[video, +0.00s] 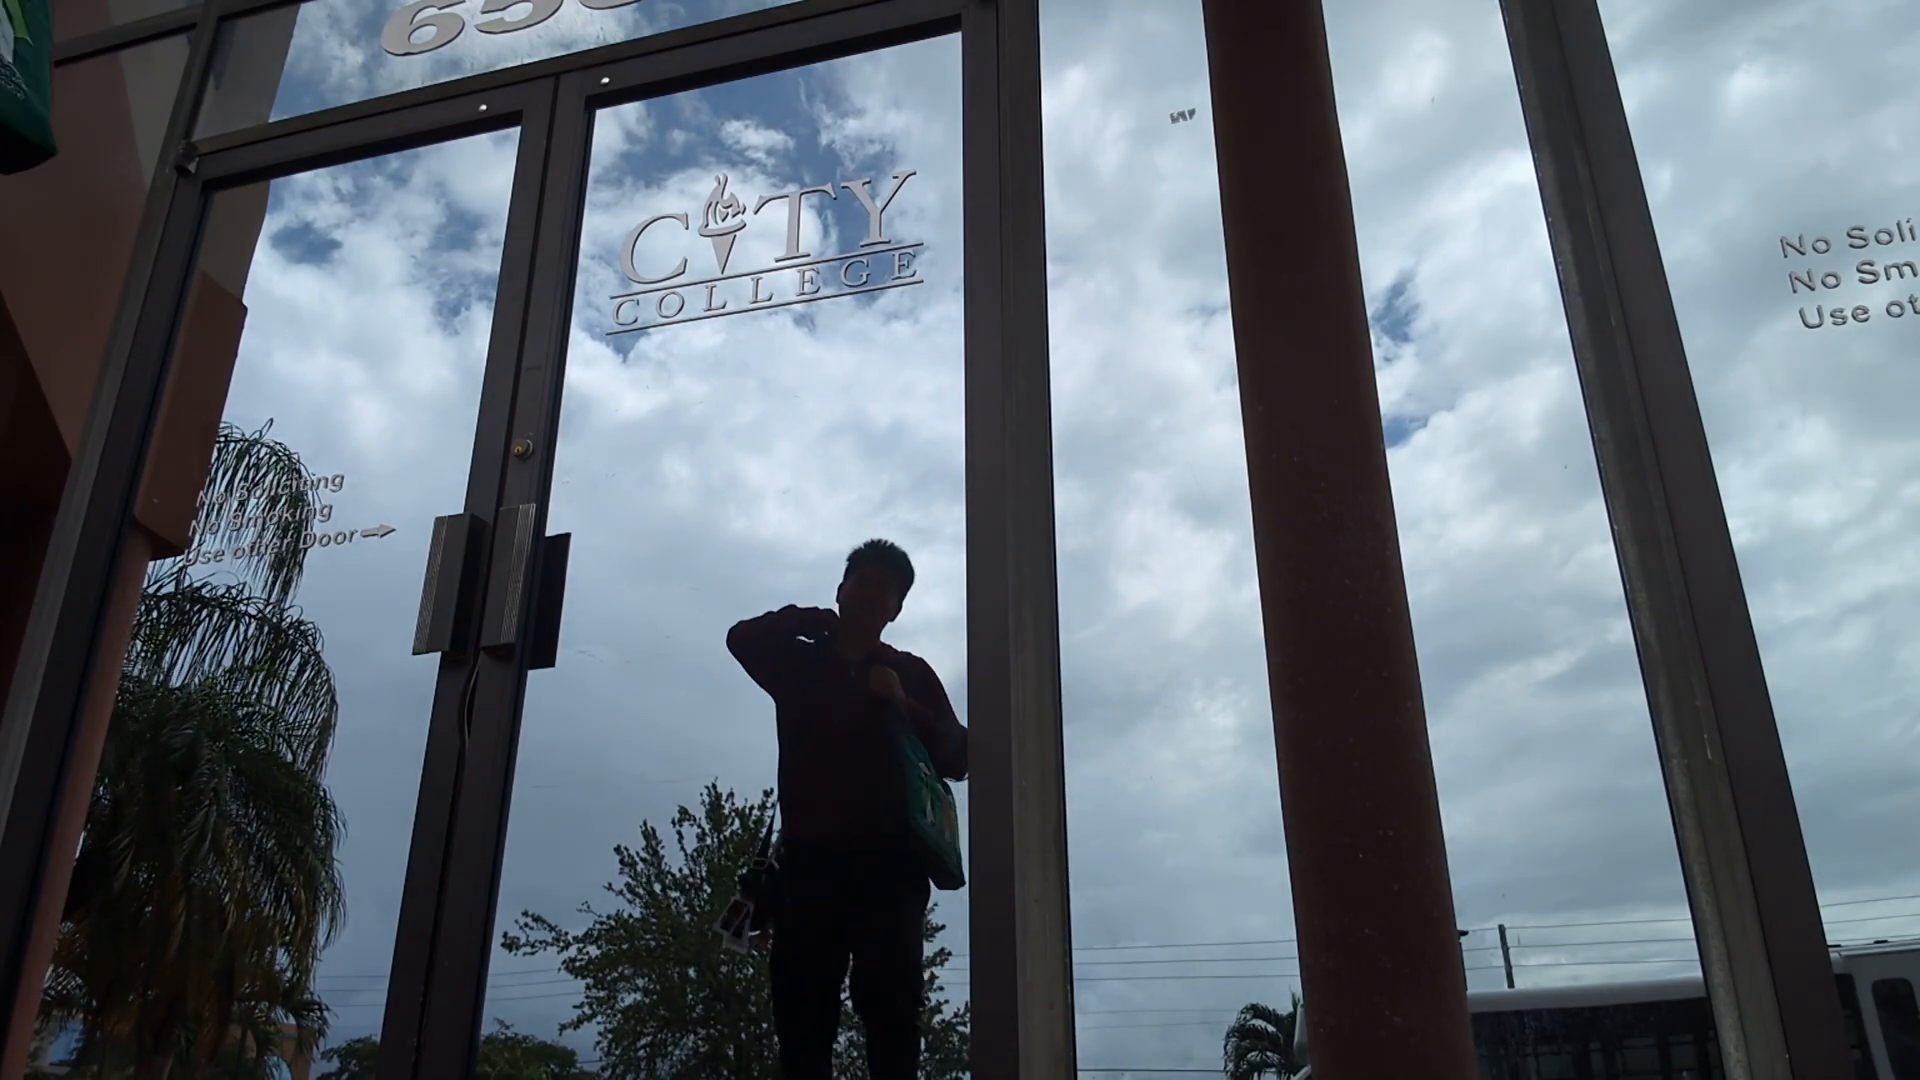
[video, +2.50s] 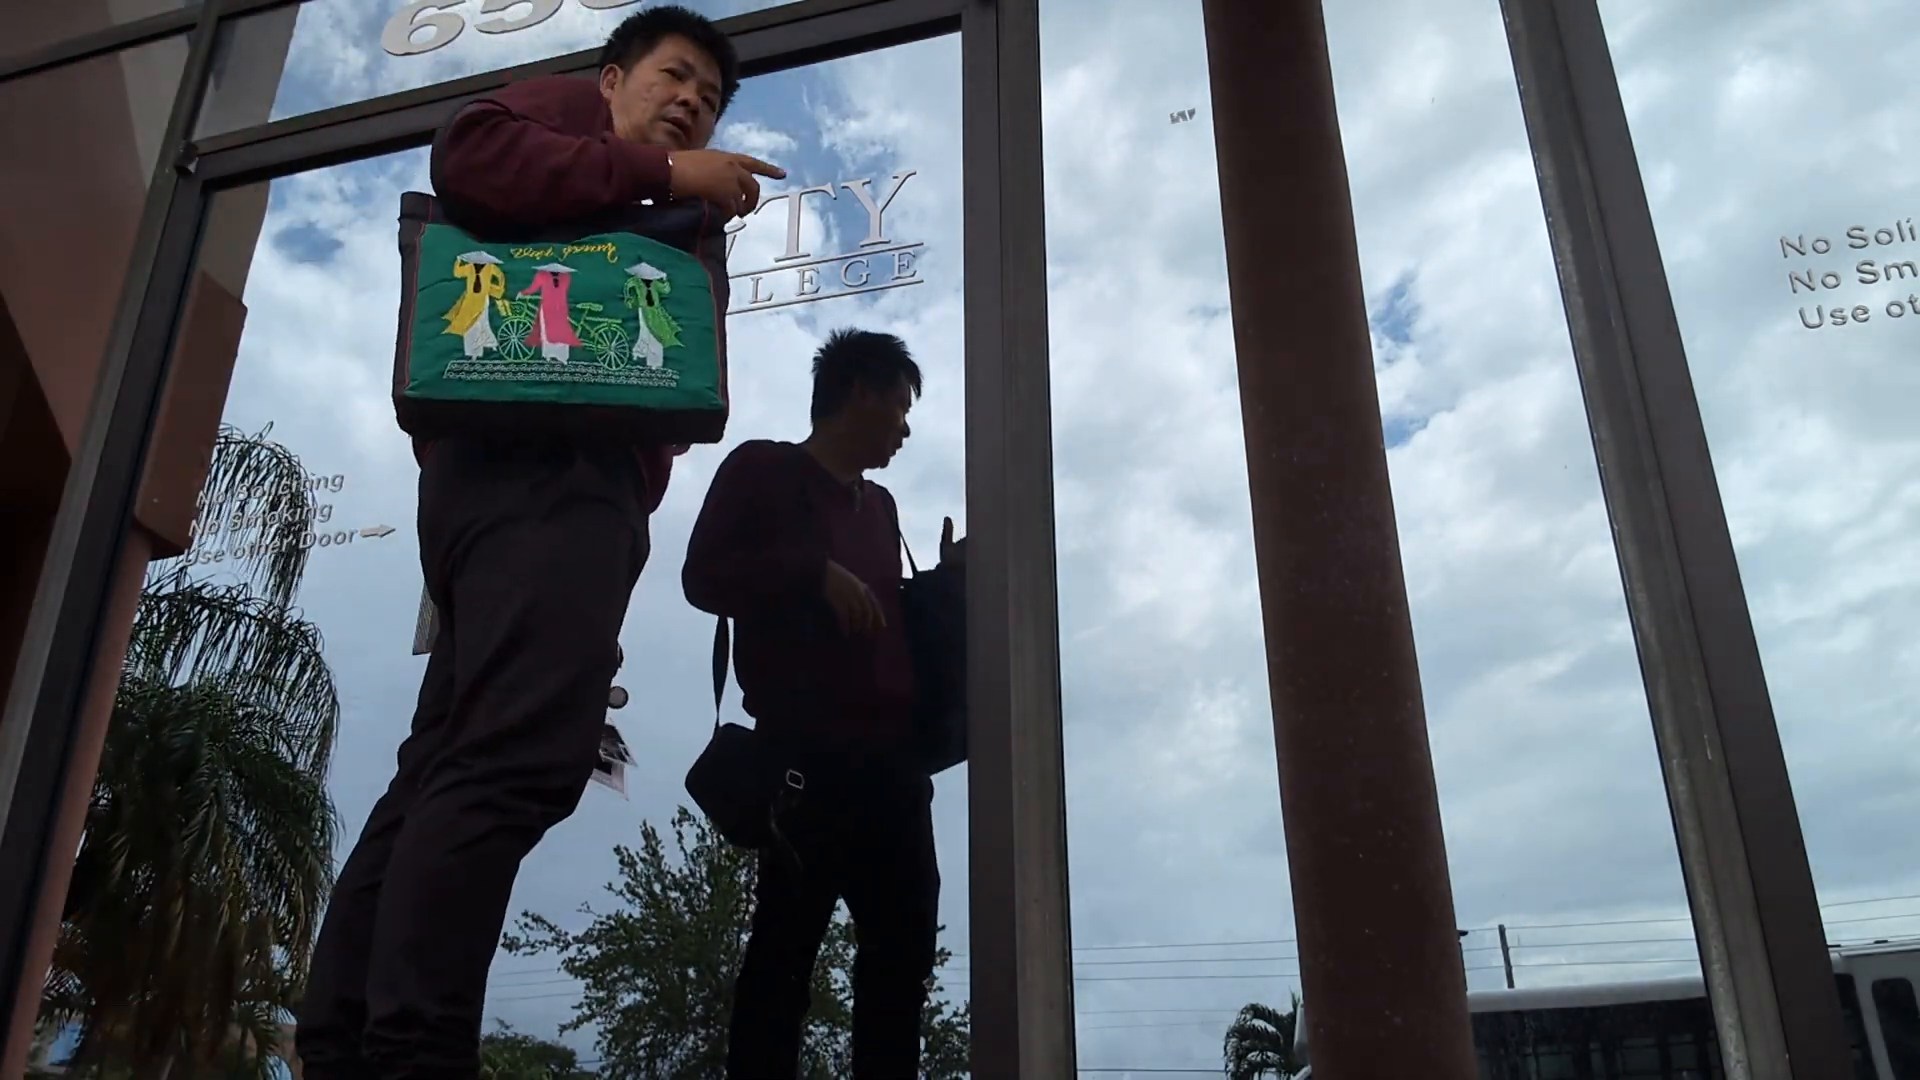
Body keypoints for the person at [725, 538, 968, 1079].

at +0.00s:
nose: (872, 598)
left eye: (886, 592)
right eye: (864, 584)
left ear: (898, 607)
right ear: (841, 588)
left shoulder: (913, 673)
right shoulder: (798, 664)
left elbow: (959, 759)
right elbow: (742, 639)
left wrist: (904, 704)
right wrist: (804, 616)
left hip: (892, 862)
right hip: (812, 857)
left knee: (892, 1018)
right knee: (802, 1020)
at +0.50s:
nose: (896, 545)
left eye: (913, 539)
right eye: (888, 530)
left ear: (927, 557)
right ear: (866, 534)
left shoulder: (939, 633)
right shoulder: (805, 606)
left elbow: (972, 732)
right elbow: (741, 687)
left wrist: (920, 666)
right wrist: (820, 643)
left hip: (902, 840)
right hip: (809, 832)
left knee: (889, 1008)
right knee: (800, 1009)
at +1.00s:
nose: (904, 488)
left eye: (923, 479)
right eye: (896, 474)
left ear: (946, 498)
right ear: (879, 481)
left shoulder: (962, 583)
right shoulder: (822, 559)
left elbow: (988, 683)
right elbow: (765, 653)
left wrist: (945, 623)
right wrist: (831, 605)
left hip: (914, 809)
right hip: (815, 799)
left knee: (894, 994)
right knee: (779, 987)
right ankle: (766, 1079)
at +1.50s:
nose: (834, 430)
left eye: (850, 417)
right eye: (820, 417)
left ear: (878, 436)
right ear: (802, 433)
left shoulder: (904, 536)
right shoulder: (758, 512)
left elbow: (950, 643)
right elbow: (702, 614)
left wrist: (913, 582)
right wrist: (790, 577)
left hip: (889, 775)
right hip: (788, 767)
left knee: (894, 972)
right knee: (769, 964)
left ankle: (886, 1077)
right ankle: (752, 1075)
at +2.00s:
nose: (861, 397)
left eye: (865, 384)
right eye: (844, 380)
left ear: (863, 397)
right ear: (793, 393)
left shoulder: (869, 508)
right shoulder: (737, 478)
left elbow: (910, 634)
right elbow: (685, 586)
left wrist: (895, 560)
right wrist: (787, 571)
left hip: (873, 758)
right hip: (781, 753)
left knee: (906, 945)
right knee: (771, 946)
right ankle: (752, 1078)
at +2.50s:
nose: (908, 425)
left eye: (910, 409)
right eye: (900, 406)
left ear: (864, 404)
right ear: (858, 397)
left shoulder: (878, 505)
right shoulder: (760, 465)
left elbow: (887, 624)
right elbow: (703, 578)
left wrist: (946, 576)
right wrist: (815, 572)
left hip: (887, 758)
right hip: (800, 752)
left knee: (901, 952)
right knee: (784, 949)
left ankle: (885, 1077)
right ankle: (759, 1072)